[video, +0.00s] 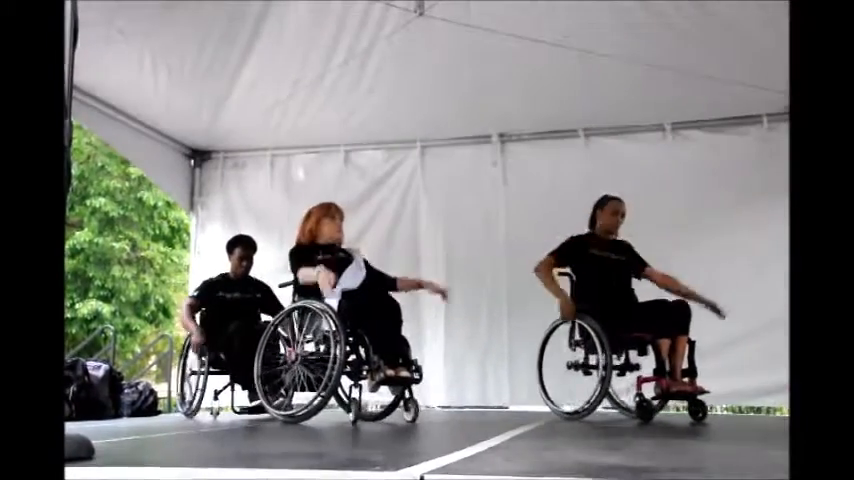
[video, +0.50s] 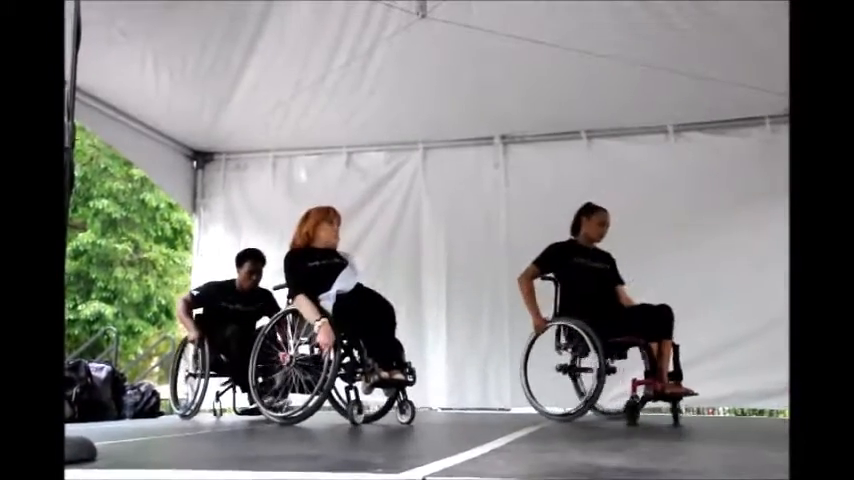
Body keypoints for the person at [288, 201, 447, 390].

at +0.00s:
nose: (338, 226)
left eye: (340, 222)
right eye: (332, 221)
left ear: (342, 225)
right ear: (316, 225)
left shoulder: (348, 256)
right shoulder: (301, 252)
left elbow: (384, 281)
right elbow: (300, 273)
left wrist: (422, 284)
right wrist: (319, 274)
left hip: (349, 307)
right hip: (318, 312)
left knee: (388, 305)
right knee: (368, 308)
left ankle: (396, 363)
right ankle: (383, 364)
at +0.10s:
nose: (339, 227)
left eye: (340, 222)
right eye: (333, 221)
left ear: (342, 226)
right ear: (317, 225)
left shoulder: (346, 256)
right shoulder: (300, 253)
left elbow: (370, 285)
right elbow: (300, 283)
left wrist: (401, 297)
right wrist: (318, 296)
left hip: (362, 299)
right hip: (335, 304)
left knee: (386, 306)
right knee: (369, 312)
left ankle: (393, 364)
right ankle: (384, 365)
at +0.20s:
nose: (340, 228)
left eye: (341, 223)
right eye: (333, 222)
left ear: (343, 227)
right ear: (318, 225)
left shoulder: (342, 255)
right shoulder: (300, 254)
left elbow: (356, 283)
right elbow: (300, 288)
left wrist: (389, 305)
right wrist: (315, 311)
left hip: (358, 295)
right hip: (333, 302)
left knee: (386, 309)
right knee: (370, 316)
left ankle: (389, 365)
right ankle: (385, 366)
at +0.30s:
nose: (340, 230)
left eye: (341, 225)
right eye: (334, 224)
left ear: (342, 228)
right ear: (318, 226)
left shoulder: (340, 256)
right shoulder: (299, 255)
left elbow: (351, 284)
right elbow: (299, 293)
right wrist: (316, 322)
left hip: (356, 296)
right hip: (331, 304)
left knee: (385, 310)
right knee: (369, 317)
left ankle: (389, 365)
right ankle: (384, 366)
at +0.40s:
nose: (338, 232)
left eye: (339, 227)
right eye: (333, 226)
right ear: (317, 228)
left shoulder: (337, 256)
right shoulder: (298, 256)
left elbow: (347, 285)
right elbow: (300, 295)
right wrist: (320, 323)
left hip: (352, 299)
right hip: (327, 305)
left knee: (383, 310)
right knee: (368, 316)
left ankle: (388, 365)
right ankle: (384, 366)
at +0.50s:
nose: (336, 231)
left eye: (337, 227)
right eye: (331, 226)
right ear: (315, 228)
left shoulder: (337, 257)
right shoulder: (296, 257)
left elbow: (348, 285)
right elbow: (298, 296)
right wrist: (320, 322)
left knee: (383, 309)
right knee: (368, 315)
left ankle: (387, 365)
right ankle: (384, 366)